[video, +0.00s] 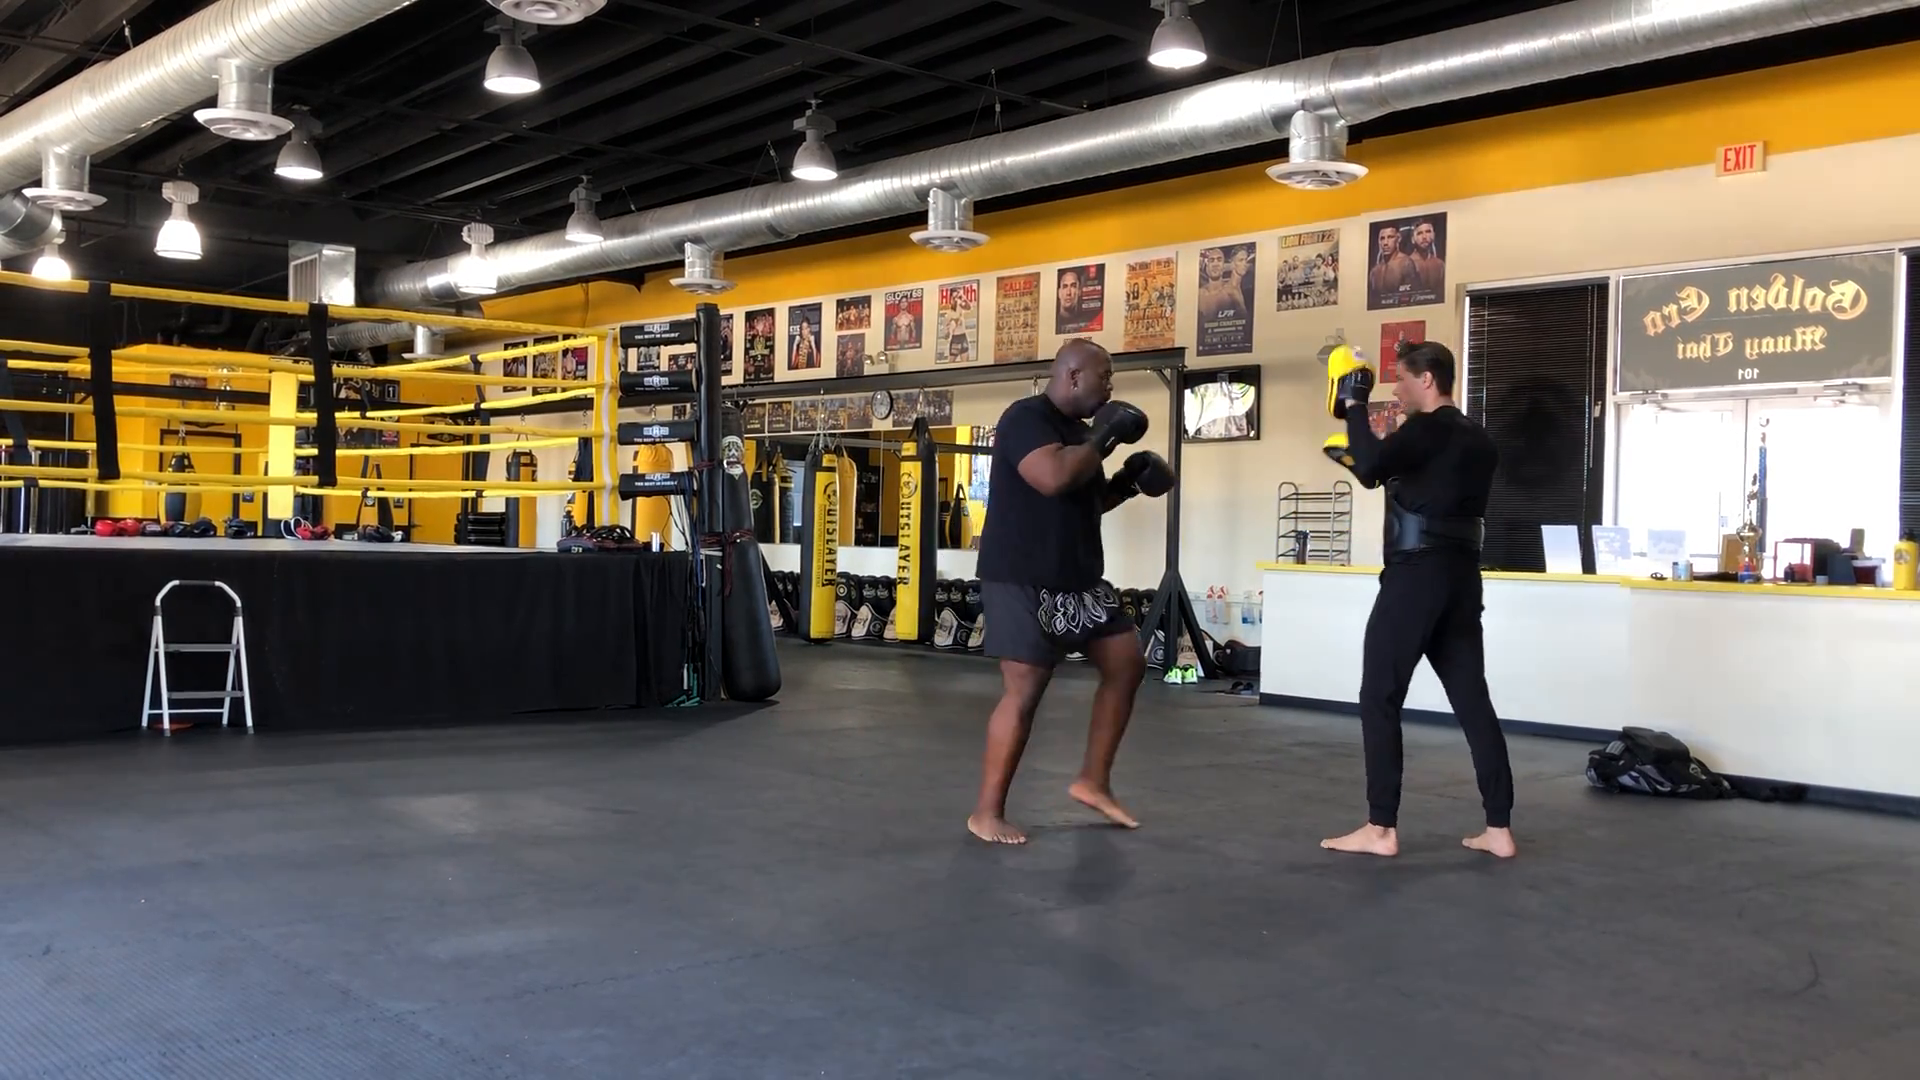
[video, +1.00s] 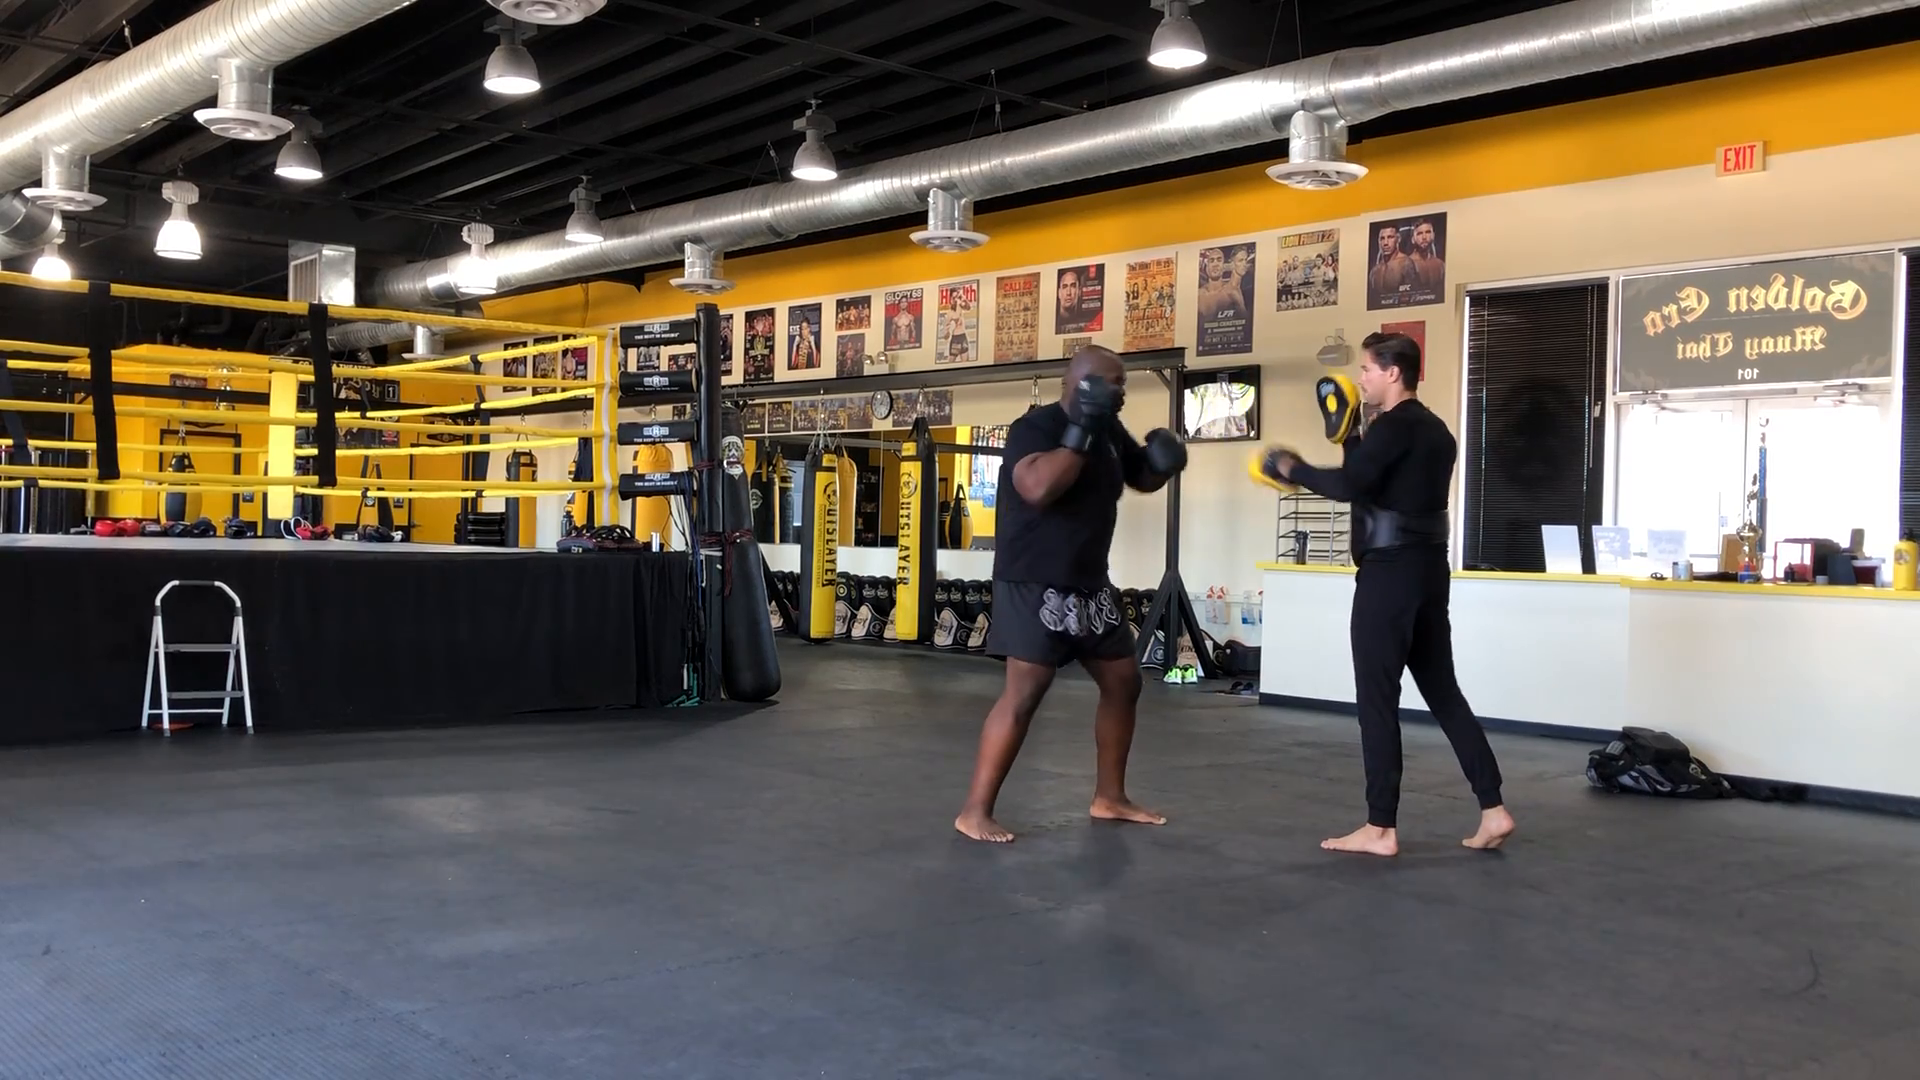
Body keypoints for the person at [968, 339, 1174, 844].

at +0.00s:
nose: (1108, 394)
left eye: (1110, 384)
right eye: (1103, 382)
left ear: (1074, 374)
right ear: (1072, 373)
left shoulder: (1077, 436)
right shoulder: (1024, 417)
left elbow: (1085, 506)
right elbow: (1050, 476)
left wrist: (1128, 482)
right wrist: (1102, 438)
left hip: (1078, 580)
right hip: (1021, 579)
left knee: (1125, 663)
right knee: (1024, 686)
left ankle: (1093, 782)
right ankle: (987, 814)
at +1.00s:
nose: (1115, 395)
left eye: (1120, 387)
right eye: (1106, 385)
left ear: (1118, 389)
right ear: (1075, 383)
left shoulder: (1110, 431)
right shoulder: (1035, 427)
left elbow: (1143, 479)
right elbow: (1035, 487)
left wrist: (1159, 461)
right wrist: (1082, 432)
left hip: (1090, 585)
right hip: (1032, 584)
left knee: (1122, 680)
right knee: (1022, 693)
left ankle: (1110, 797)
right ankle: (974, 813)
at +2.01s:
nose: (1101, 386)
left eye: (1103, 377)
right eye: (1094, 376)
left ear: (1084, 374)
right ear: (1060, 372)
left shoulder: (1092, 421)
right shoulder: (1021, 414)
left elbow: (1102, 484)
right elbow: (1004, 488)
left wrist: (1124, 494)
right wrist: (1079, 468)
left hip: (1070, 570)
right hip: (1018, 569)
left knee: (1089, 674)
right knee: (1008, 683)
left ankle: (1102, 791)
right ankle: (977, 811)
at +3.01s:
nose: (1125, 382)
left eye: (1126, 373)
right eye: (1120, 371)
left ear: (1097, 369)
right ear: (1086, 366)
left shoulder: (1112, 430)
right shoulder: (1037, 412)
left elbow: (1122, 504)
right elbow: (1039, 480)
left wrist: (1158, 485)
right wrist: (1108, 457)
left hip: (1087, 573)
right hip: (1031, 566)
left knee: (1084, 684)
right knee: (1022, 675)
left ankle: (1092, 803)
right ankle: (975, 799)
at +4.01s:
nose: (1188, 400)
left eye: (1189, 390)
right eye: (1185, 389)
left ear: (1146, 383)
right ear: (1159, 385)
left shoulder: (1106, 419)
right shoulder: (1143, 416)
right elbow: (1186, 464)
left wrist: (1231, 457)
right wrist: (1246, 456)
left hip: (1083, 556)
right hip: (1095, 558)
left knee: (1135, 672)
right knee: (1083, 676)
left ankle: (1122, 799)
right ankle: (995, 787)